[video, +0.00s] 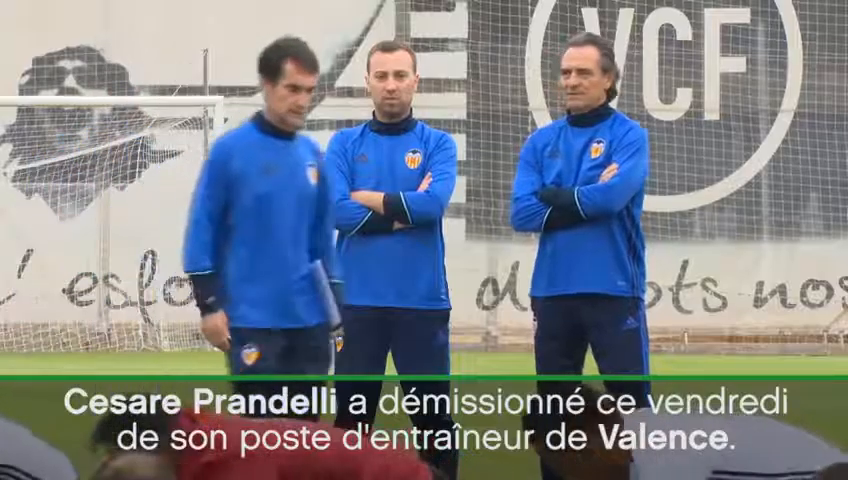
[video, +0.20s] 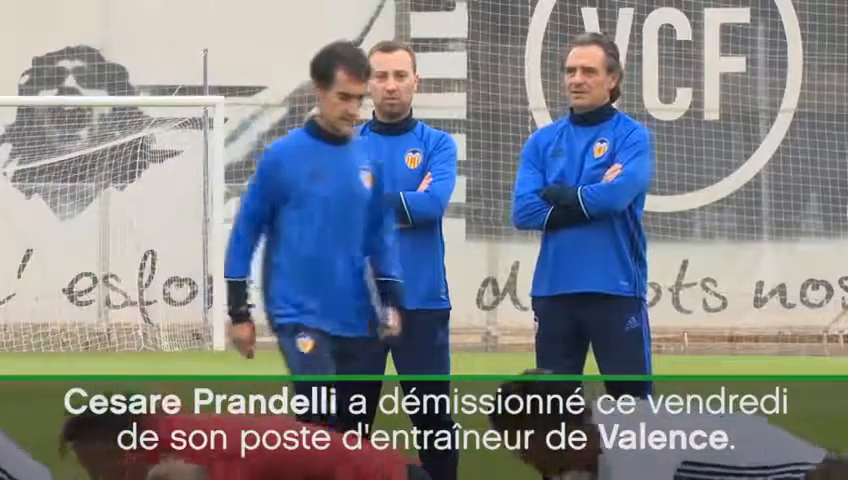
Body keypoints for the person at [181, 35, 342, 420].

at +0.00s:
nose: (302, 101)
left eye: (309, 91)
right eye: (293, 89)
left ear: (316, 92)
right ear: (266, 85)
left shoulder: (312, 154)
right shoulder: (230, 150)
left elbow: (322, 241)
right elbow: (200, 232)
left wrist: (335, 313)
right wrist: (209, 305)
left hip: (310, 317)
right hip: (251, 318)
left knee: (307, 433)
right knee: (258, 434)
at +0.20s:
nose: (353, 109)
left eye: (360, 99)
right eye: (344, 97)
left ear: (366, 95)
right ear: (317, 91)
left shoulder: (367, 160)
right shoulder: (281, 157)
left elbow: (378, 236)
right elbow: (244, 232)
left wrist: (393, 300)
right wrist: (238, 310)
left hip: (356, 315)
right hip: (299, 313)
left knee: (355, 429)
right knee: (321, 414)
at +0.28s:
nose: (372, 115)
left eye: (379, 105)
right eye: (363, 104)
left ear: (386, 101)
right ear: (336, 97)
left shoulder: (387, 163)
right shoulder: (302, 163)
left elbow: (399, 239)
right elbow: (266, 238)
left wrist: (412, 304)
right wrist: (255, 316)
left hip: (373, 321)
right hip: (321, 320)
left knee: (358, 439)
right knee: (333, 439)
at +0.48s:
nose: (419, 108)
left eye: (425, 97)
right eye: (409, 96)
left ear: (433, 92)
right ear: (378, 88)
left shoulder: (439, 147)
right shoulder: (347, 148)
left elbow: (445, 224)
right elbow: (321, 232)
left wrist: (453, 294)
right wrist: (321, 316)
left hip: (427, 320)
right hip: (366, 323)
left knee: (437, 443)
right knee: (365, 446)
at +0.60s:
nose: (447, 102)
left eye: (454, 91)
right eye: (438, 90)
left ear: (459, 88)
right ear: (408, 83)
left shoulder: (459, 143)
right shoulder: (372, 147)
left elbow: (472, 226)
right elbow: (351, 232)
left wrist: (481, 294)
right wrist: (371, 300)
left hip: (458, 317)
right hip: (396, 323)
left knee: (457, 440)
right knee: (391, 441)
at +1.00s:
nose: (551, 106)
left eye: (559, 95)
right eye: (542, 94)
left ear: (565, 91)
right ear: (516, 86)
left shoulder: (567, 152)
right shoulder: (475, 151)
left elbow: (582, 237)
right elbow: (452, 234)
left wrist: (596, 310)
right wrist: (460, 310)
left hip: (564, 321)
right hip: (501, 324)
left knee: (562, 444)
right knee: (502, 441)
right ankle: (477, 478)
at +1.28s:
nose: (611, 105)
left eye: (618, 94)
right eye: (600, 93)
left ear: (628, 95)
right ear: (574, 91)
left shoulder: (637, 158)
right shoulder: (541, 158)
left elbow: (658, 234)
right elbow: (507, 236)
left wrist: (668, 298)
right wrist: (490, 312)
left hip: (633, 327)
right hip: (567, 327)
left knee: (639, 445)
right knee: (583, 444)